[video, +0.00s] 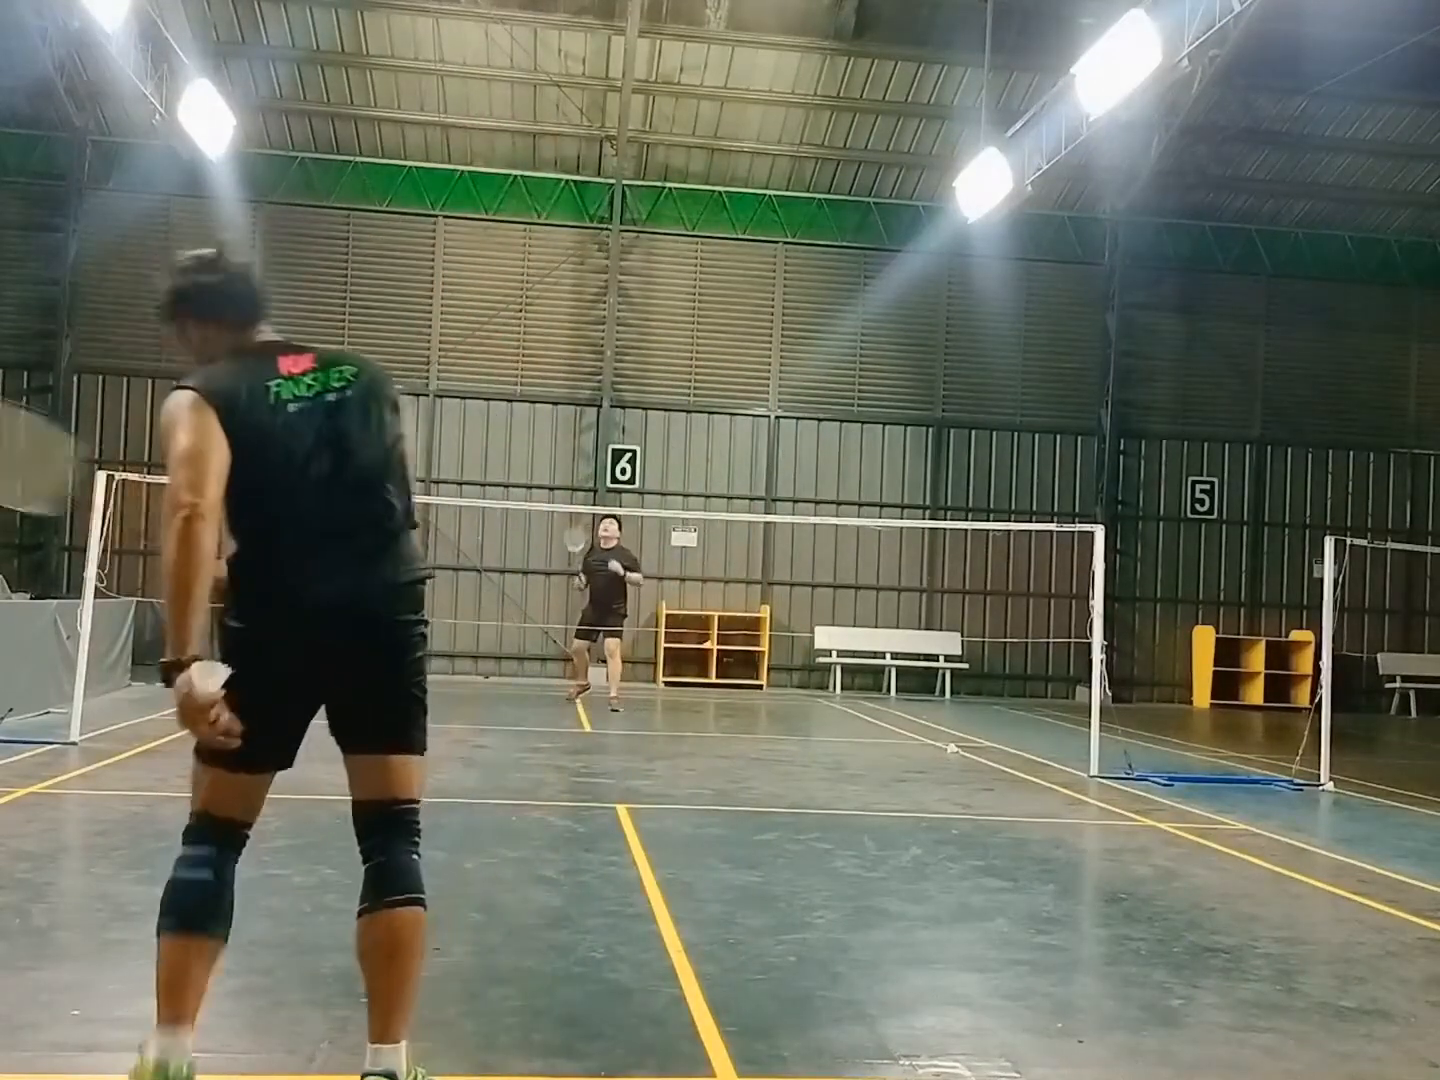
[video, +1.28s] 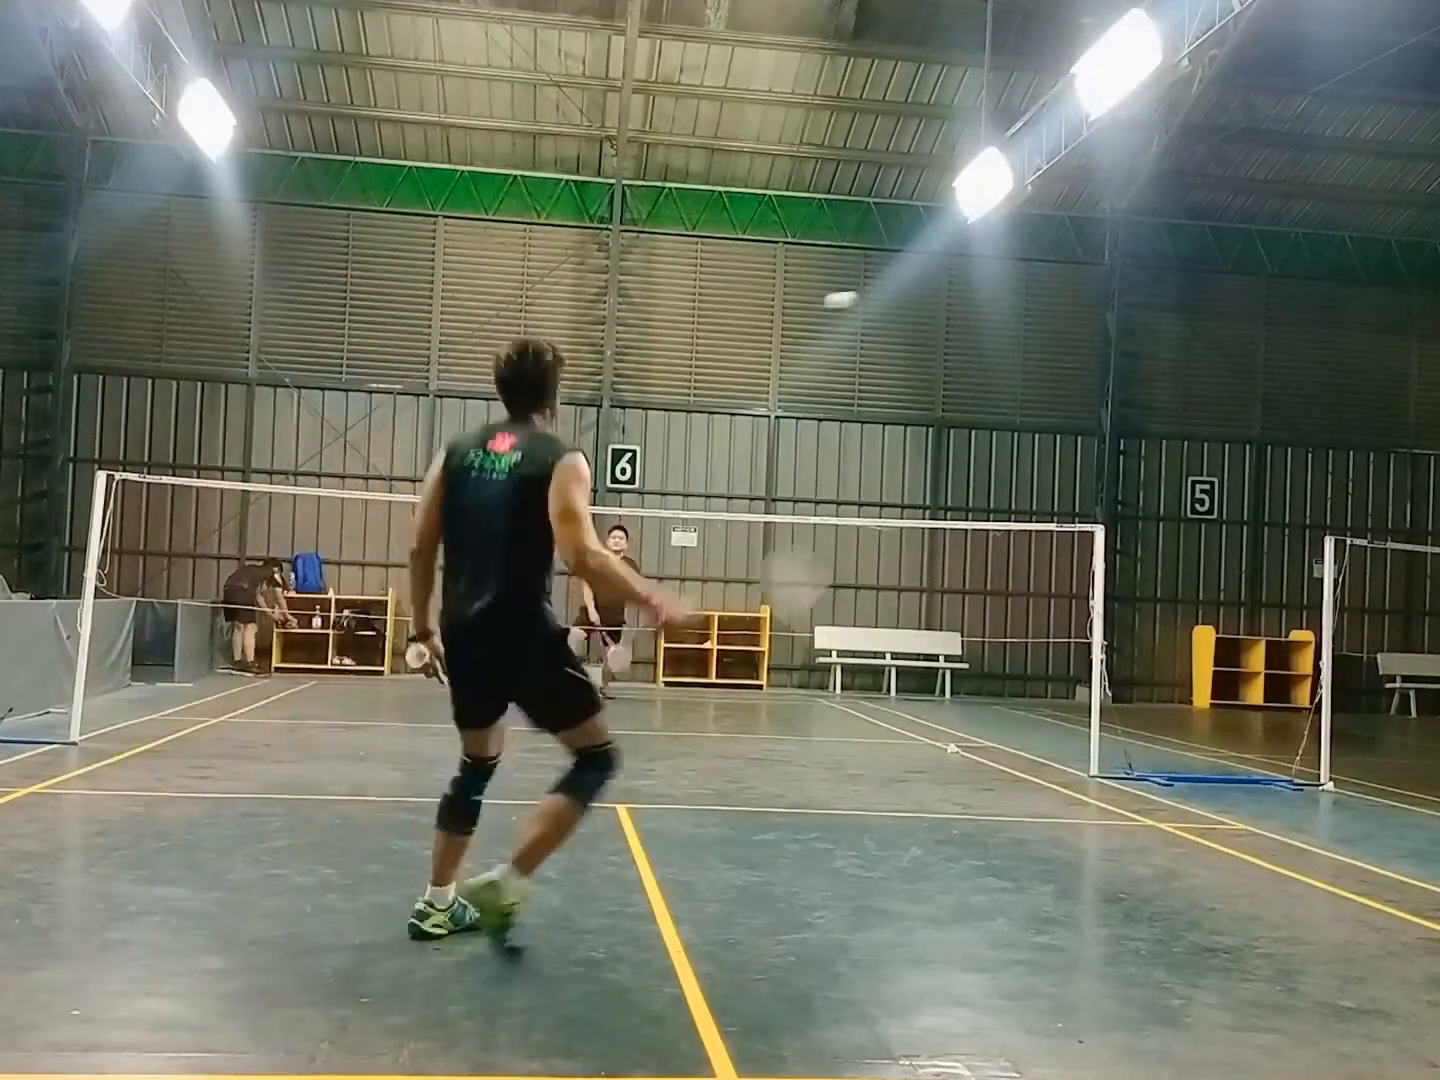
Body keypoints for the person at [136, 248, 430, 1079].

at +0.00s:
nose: (179, 345)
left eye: (177, 331)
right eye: (179, 331)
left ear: (191, 327)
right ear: (256, 317)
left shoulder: (200, 399)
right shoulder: (359, 380)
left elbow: (193, 510)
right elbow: (390, 507)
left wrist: (187, 660)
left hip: (272, 631)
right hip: (383, 627)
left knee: (214, 839)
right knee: (392, 834)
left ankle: (170, 1054)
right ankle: (389, 1060)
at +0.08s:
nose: (211, 337)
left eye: (211, 325)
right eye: (211, 325)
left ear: (222, 322)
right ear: (292, 312)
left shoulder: (220, 397)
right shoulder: (391, 383)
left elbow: (210, 510)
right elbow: (431, 511)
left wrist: (194, 657)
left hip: (281, 630)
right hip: (393, 629)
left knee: (221, 818)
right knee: (398, 830)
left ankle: (183, 1007)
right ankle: (394, 1056)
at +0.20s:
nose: (248, 333)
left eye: (250, 322)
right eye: (253, 322)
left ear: (263, 325)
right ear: (336, 323)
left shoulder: (246, 393)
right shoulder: (415, 395)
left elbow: (223, 511)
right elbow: (478, 516)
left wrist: (205, 644)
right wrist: (445, 598)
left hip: (286, 626)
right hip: (394, 628)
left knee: (246, 801)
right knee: (394, 821)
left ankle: (225, 996)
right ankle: (394, 1046)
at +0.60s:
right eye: (384, 313)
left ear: (323, 321)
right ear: (392, 319)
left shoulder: (281, 394)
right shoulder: (440, 392)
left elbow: (236, 510)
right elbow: (475, 509)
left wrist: (229, 615)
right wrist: (510, 619)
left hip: (311, 610)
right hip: (409, 611)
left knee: (280, 782)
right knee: (427, 776)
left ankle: (245, 974)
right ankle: (401, 963)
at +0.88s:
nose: (467, 373)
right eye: (475, 362)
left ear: (420, 367)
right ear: (479, 370)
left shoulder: (376, 432)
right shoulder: (508, 445)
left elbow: (319, 529)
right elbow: (517, 555)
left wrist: (304, 609)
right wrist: (531, 662)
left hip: (381, 630)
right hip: (463, 635)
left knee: (334, 779)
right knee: (473, 784)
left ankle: (274, 915)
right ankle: (459, 937)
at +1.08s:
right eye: (533, 357)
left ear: (476, 357)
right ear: (533, 362)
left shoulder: (431, 415)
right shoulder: (556, 428)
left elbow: (388, 510)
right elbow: (569, 534)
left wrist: (386, 596)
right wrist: (585, 624)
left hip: (430, 602)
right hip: (503, 610)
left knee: (440, 738)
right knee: (493, 765)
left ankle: (397, 878)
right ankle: (462, 924)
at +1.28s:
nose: (555, 400)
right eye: (556, 392)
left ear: (500, 393)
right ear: (552, 396)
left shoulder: (457, 452)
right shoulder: (563, 460)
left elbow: (421, 545)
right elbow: (580, 553)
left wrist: (421, 628)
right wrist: (649, 595)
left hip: (463, 637)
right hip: (524, 638)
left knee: (476, 760)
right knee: (596, 757)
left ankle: (437, 901)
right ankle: (511, 881)